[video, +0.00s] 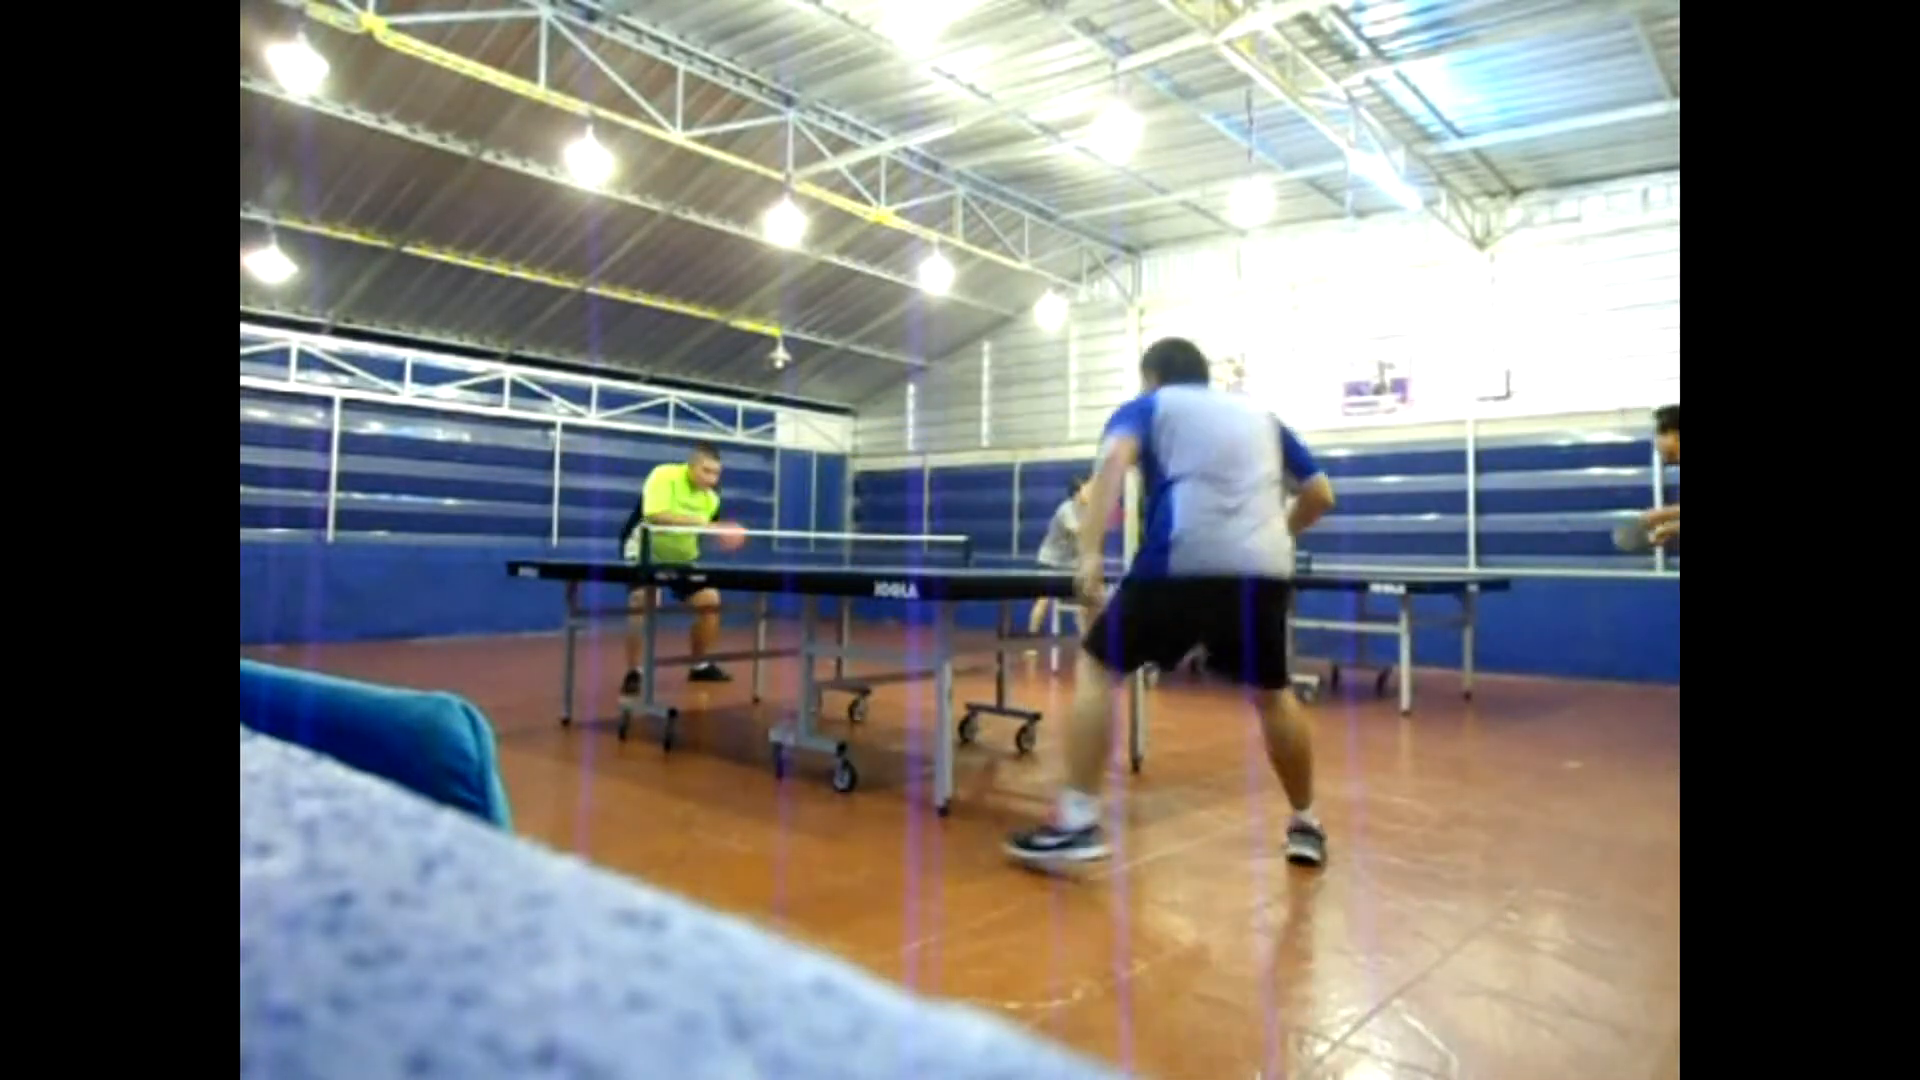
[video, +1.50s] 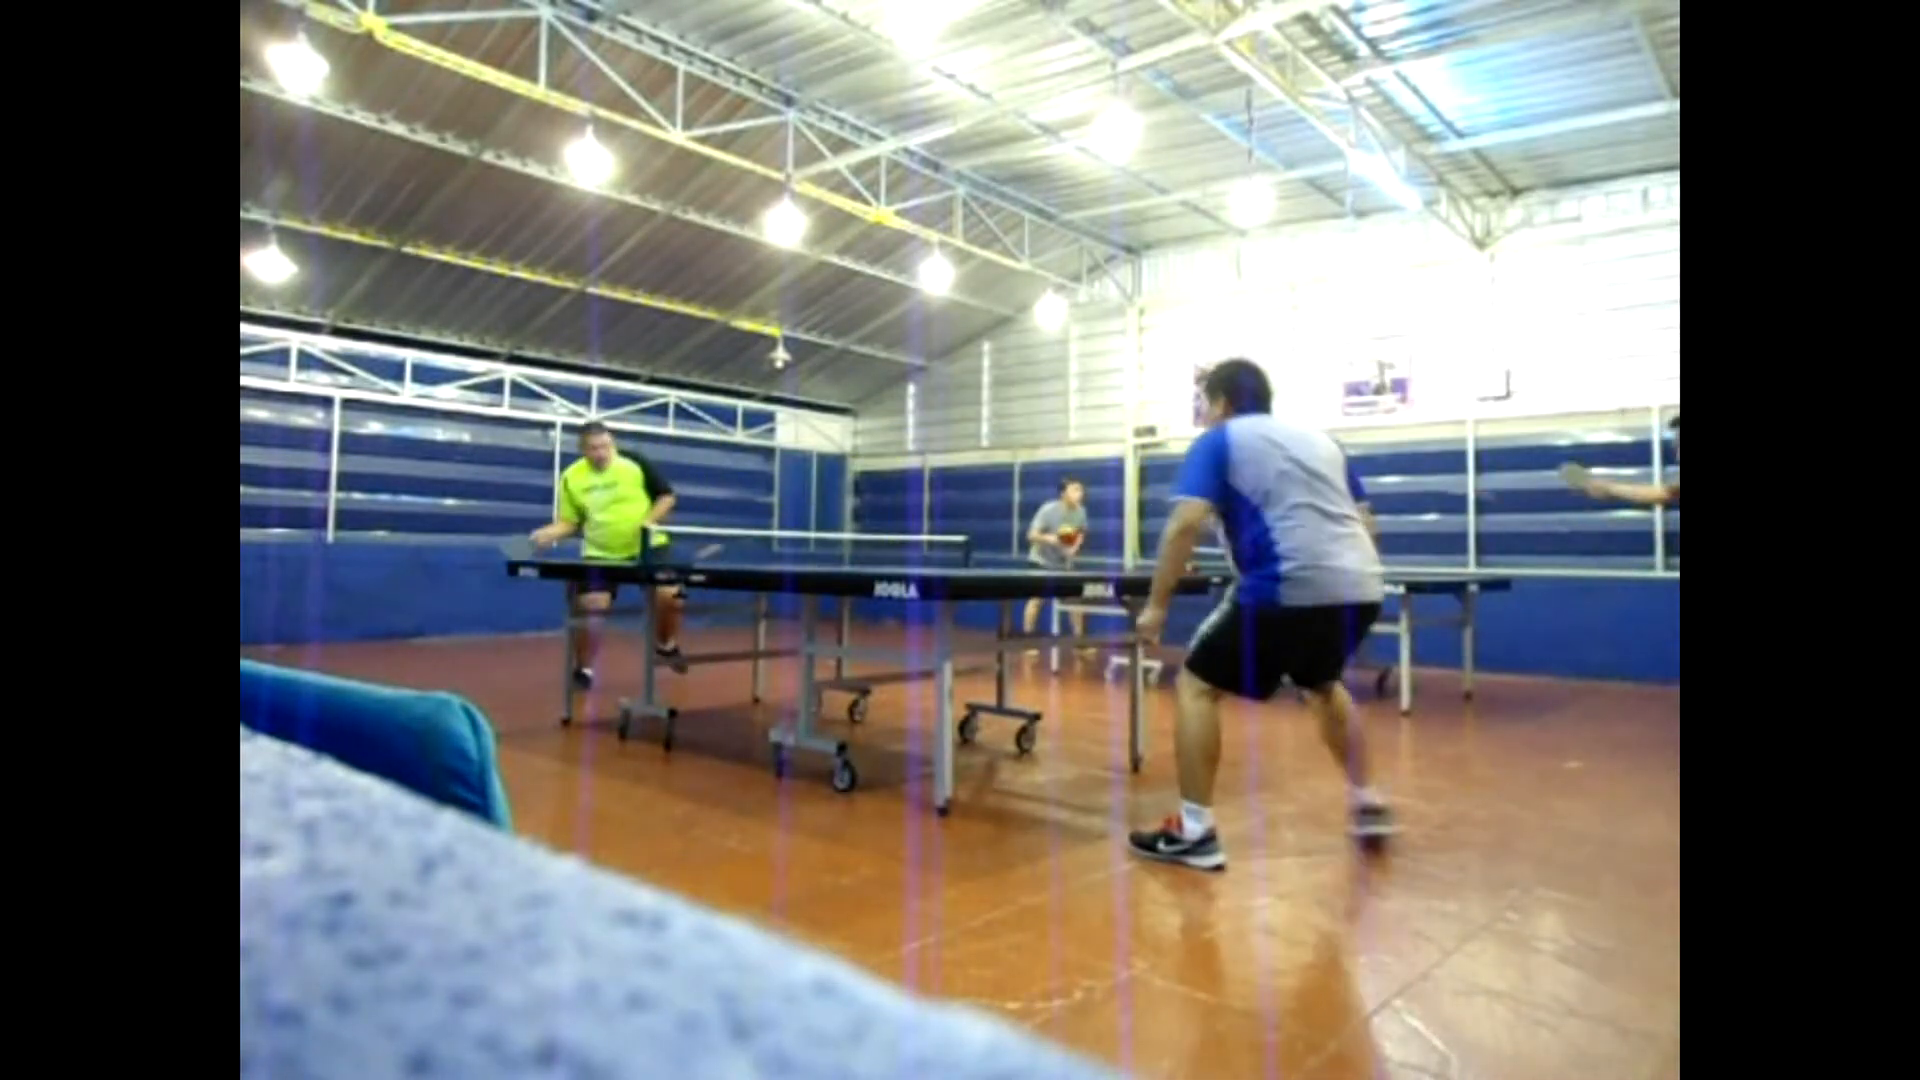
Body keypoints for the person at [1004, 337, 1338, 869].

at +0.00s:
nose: (1142, 390)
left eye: (1143, 382)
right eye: (1143, 383)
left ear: (1154, 379)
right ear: (1203, 374)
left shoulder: (1147, 406)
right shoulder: (1260, 417)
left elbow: (1115, 461)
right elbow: (1319, 495)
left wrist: (1090, 556)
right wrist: (1275, 535)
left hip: (1180, 572)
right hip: (1264, 574)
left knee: (1096, 668)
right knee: (1275, 695)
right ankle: (1305, 822)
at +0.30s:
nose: (1185, 400)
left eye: (1187, 391)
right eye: (1187, 392)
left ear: (1198, 388)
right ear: (1253, 390)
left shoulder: (1185, 426)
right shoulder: (1304, 444)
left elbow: (1149, 498)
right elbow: (1330, 531)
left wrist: (1112, 583)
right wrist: (1267, 550)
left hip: (1201, 605)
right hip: (1289, 610)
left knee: (1116, 711)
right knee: (1320, 724)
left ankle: (1121, 876)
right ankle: (1394, 854)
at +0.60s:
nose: (1206, 418)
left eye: (1209, 410)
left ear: (1212, 415)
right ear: (1271, 417)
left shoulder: (1175, 454)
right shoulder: (1303, 458)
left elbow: (1107, 520)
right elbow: (1336, 558)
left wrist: (1141, 557)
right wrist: (1287, 570)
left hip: (1207, 614)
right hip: (1298, 610)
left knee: (1149, 738)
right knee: (1302, 697)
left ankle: (1129, 888)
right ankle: (1318, 801)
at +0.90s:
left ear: (1260, 441)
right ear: (1312, 451)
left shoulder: (1234, 457)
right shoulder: (1340, 481)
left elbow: (1161, 509)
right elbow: (1363, 567)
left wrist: (1183, 568)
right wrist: (1356, 620)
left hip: (1265, 587)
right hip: (1338, 590)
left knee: (1214, 702)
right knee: (1318, 681)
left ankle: (1240, 834)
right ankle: (1317, 801)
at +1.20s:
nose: (1226, 423)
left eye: (1229, 417)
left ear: (1235, 417)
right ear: (1284, 420)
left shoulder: (1228, 436)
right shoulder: (1322, 450)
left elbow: (1169, 498)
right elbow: (1347, 514)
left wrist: (1182, 558)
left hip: (1281, 568)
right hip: (1354, 571)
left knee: (1207, 674)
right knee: (1317, 679)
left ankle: (1215, 820)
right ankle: (1320, 800)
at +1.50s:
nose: (1201, 414)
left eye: (1204, 403)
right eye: (1201, 403)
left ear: (1224, 402)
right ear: (1264, 401)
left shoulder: (1217, 442)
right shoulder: (1320, 442)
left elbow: (1187, 523)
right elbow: (1364, 520)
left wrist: (1156, 608)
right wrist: (1363, 586)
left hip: (1283, 592)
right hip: (1359, 591)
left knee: (1197, 686)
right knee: (1323, 682)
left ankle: (1193, 828)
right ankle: (1366, 799)